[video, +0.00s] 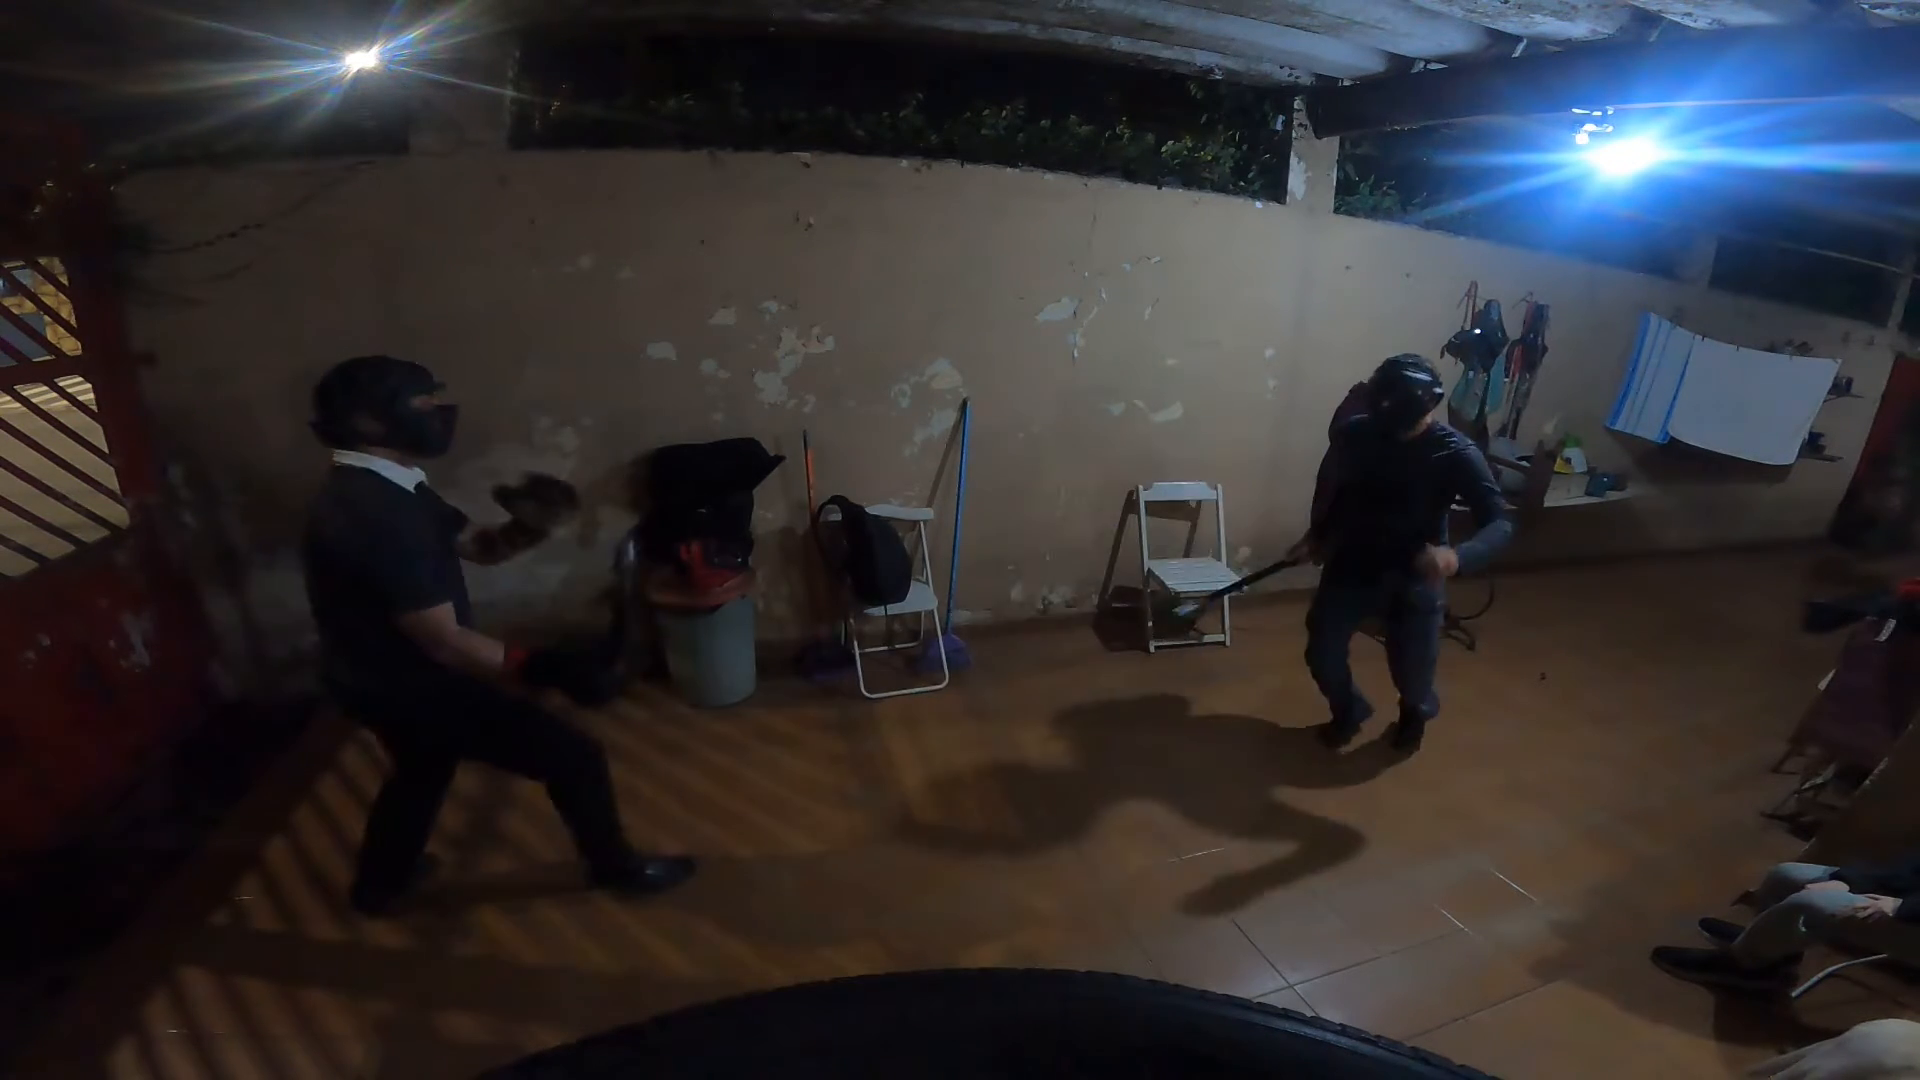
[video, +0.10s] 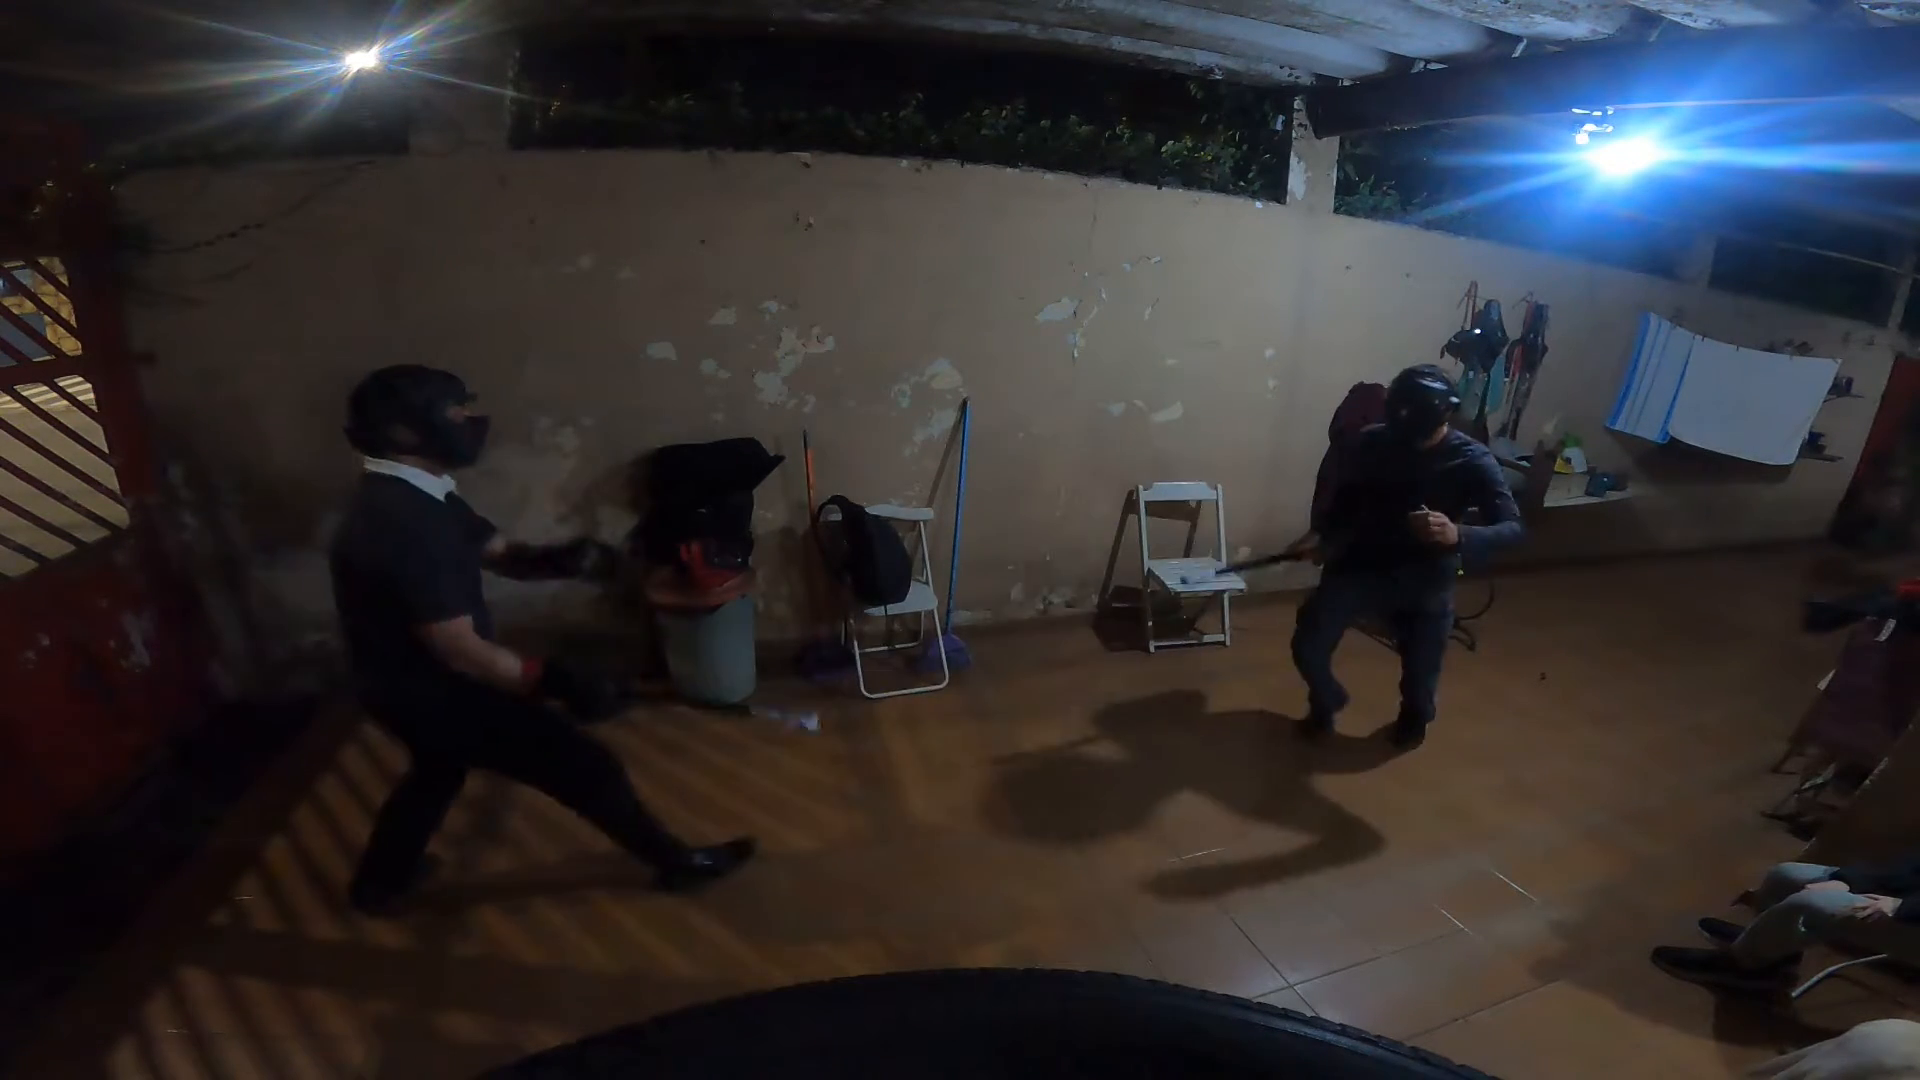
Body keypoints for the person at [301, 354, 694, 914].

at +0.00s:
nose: (444, 407)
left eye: (437, 396)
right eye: (425, 399)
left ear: (373, 425)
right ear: (378, 421)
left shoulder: (374, 486)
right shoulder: (391, 511)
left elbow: (480, 549)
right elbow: (440, 639)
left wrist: (531, 525)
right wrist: (530, 666)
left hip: (376, 683)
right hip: (416, 692)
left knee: (425, 765)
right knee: (572, 755)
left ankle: (381, 880)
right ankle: (615, 865)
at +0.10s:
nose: (475, 416)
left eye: (468, 404)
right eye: (458, 409)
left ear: (407, 434)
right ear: (412, 432)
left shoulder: (418, 496)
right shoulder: (412, 520)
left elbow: (501, 555)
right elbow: (456, 647)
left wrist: (566, 561)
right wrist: (551, 680)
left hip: (403, 686)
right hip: (432, 695)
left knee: (440, 766)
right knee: (578, 762)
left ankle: (380, 878)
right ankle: (672, 860)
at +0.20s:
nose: (505, 422)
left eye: (498, 410)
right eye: (487, 414)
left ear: (437, 438)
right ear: (441, 436)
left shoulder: (436, 498)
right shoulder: (445, 522)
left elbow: (521, 557)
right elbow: (495, 648)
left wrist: (583, 567)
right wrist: (580, 669)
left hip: (425, 686)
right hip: (458, 697)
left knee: (438, 781)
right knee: (602, 773)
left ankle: (378, 883)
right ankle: (692, 863)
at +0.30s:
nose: (563, 428)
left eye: (558, 415)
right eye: (546, 417)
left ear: (489, 439)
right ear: (498, 437)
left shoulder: (462, 504)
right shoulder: (504, 525)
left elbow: (526, 556)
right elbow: (574, 646)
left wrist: (583, 561)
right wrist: (654, 641)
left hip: (461, 692)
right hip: (508, 702)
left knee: (462, 770)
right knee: (643, 764)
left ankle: (381, 873)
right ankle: (704, 865)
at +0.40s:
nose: (625, 420)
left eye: (620, 407)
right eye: (609, 410)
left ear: (553, 437)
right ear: (563, 434)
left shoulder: (517, 499)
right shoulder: (577, 522)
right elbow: (661, 624)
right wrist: (739, 608)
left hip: (514, 684)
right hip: (563, 698)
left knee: (519, 762)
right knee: (693, 762)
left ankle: (419, 852)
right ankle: (711, 866)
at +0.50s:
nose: (658, 413)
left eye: (653, 401)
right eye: (643, 404)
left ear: (591, 425)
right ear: (600, 424)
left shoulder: (547, 486)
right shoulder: (611, 504)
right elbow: (682, 621)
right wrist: (763, 649)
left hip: (533, 671)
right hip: (585, 687)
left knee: (585, 740)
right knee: (707, 755)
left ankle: (499, 839)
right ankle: (714, 864)